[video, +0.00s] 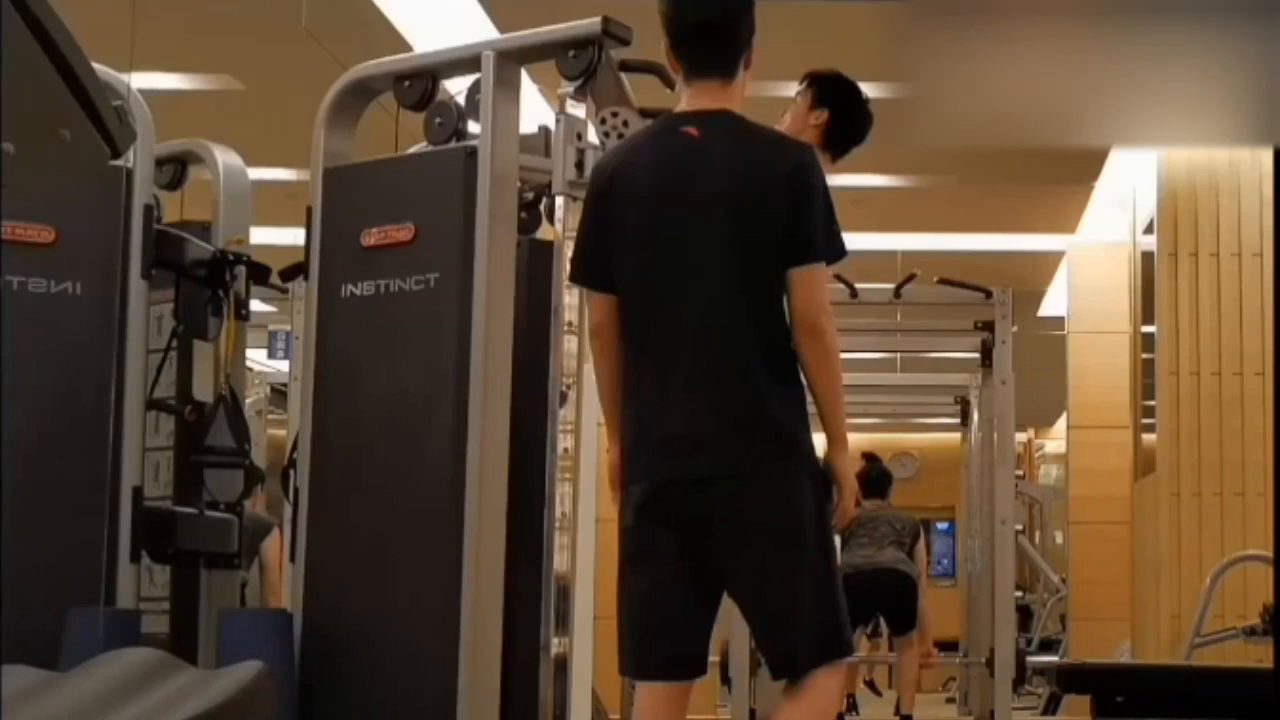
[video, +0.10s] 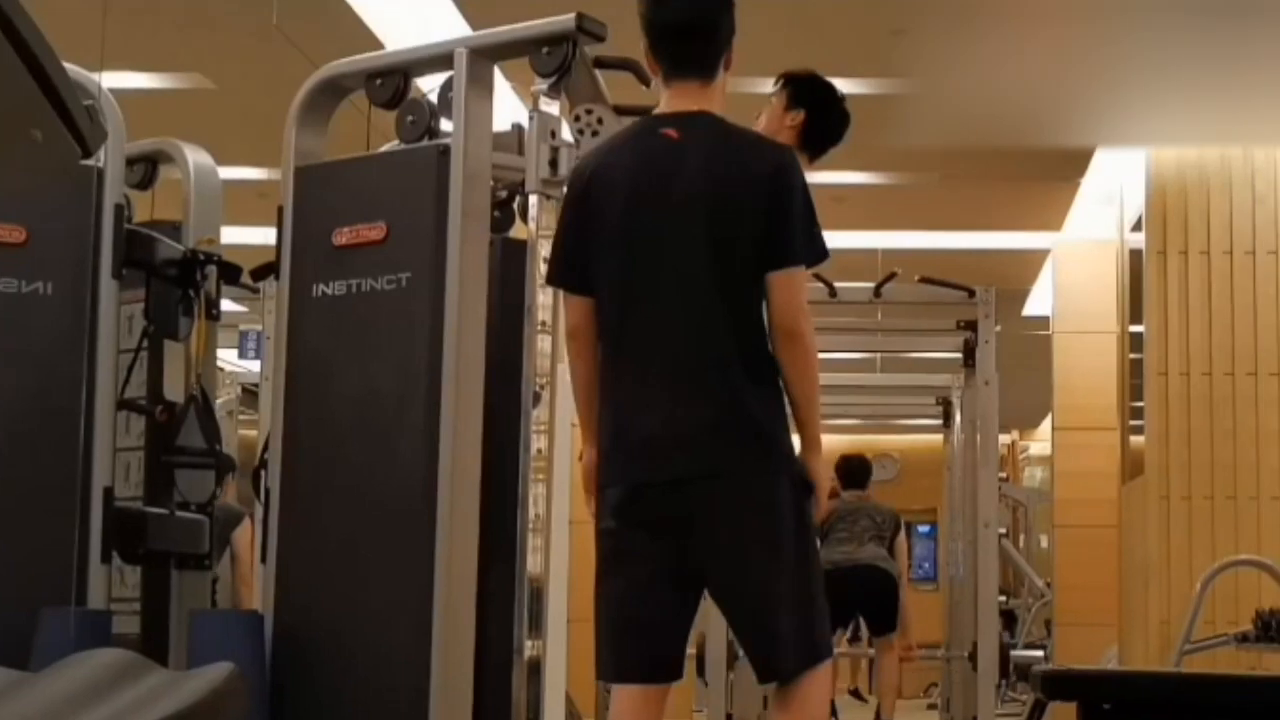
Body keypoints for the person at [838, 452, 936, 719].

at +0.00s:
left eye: (859, 486)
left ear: (860, 490)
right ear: (889, 489)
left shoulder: (850, 520)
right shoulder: (909, 523)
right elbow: (921, 581)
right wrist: (926, 640)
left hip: (855, 580)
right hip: (899, 579)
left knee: (847, 642)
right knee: (906, 646)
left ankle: (848, 700)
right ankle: (905, 712)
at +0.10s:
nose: (835, 482)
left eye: (836, 478)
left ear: (837, 482)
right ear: (869, 481)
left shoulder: (828, 513)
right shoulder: (891, 517)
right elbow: (902, 578)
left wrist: (822, 499)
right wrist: (907, 637)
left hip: (835, 577)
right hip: (879, 578)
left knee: (823, 644)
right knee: (886, 648)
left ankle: (827, 708)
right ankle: (885, 714)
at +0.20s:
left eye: (818, 449)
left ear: (815, 453)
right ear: (848, 452)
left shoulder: (802, 493)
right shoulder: (869, 492)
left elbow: (792, 547)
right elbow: (881, 553)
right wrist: (887, 605)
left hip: (814, 576)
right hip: (859, 576)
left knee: (804, 653)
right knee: (863, 650)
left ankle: (803, 714)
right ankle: (864, 714)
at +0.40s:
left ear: (820, 408)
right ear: (850, 409)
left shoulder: (805, 450)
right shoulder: (868, 453)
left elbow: (797, 513)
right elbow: (883, 517)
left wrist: (794, 561)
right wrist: (890, 569)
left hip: (814, 563)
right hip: (857, 564)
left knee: (817, 651)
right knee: (860, 647)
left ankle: (819, 715)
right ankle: (865, 714)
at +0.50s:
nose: (841, 404)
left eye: (842, 397)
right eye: (843, 397)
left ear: (821, 404)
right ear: (850, 403)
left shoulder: (807, 445)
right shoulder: (867, 446)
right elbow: (882, 509)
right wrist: (890, 562)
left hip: (815, 559)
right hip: (857, 560)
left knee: (821, 649)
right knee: (859, 647)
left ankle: (828, 712)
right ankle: (863, 713)